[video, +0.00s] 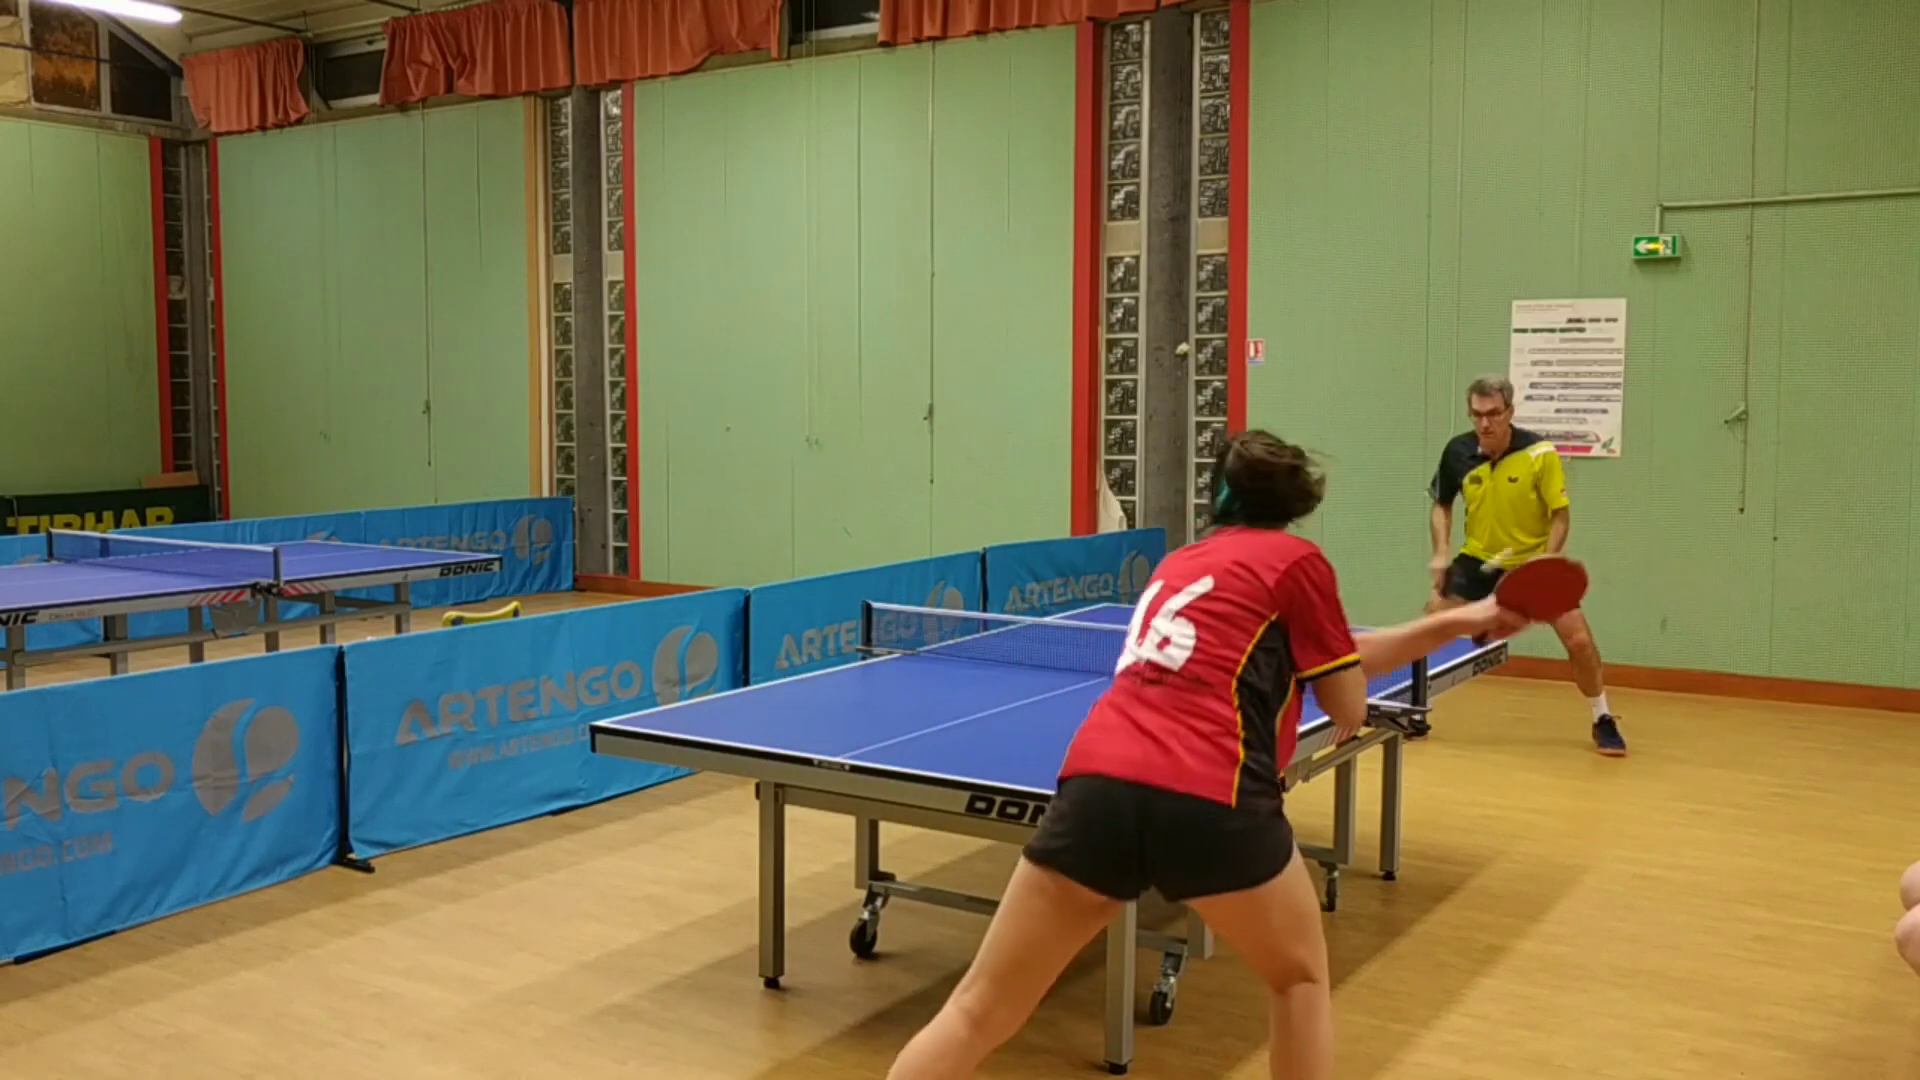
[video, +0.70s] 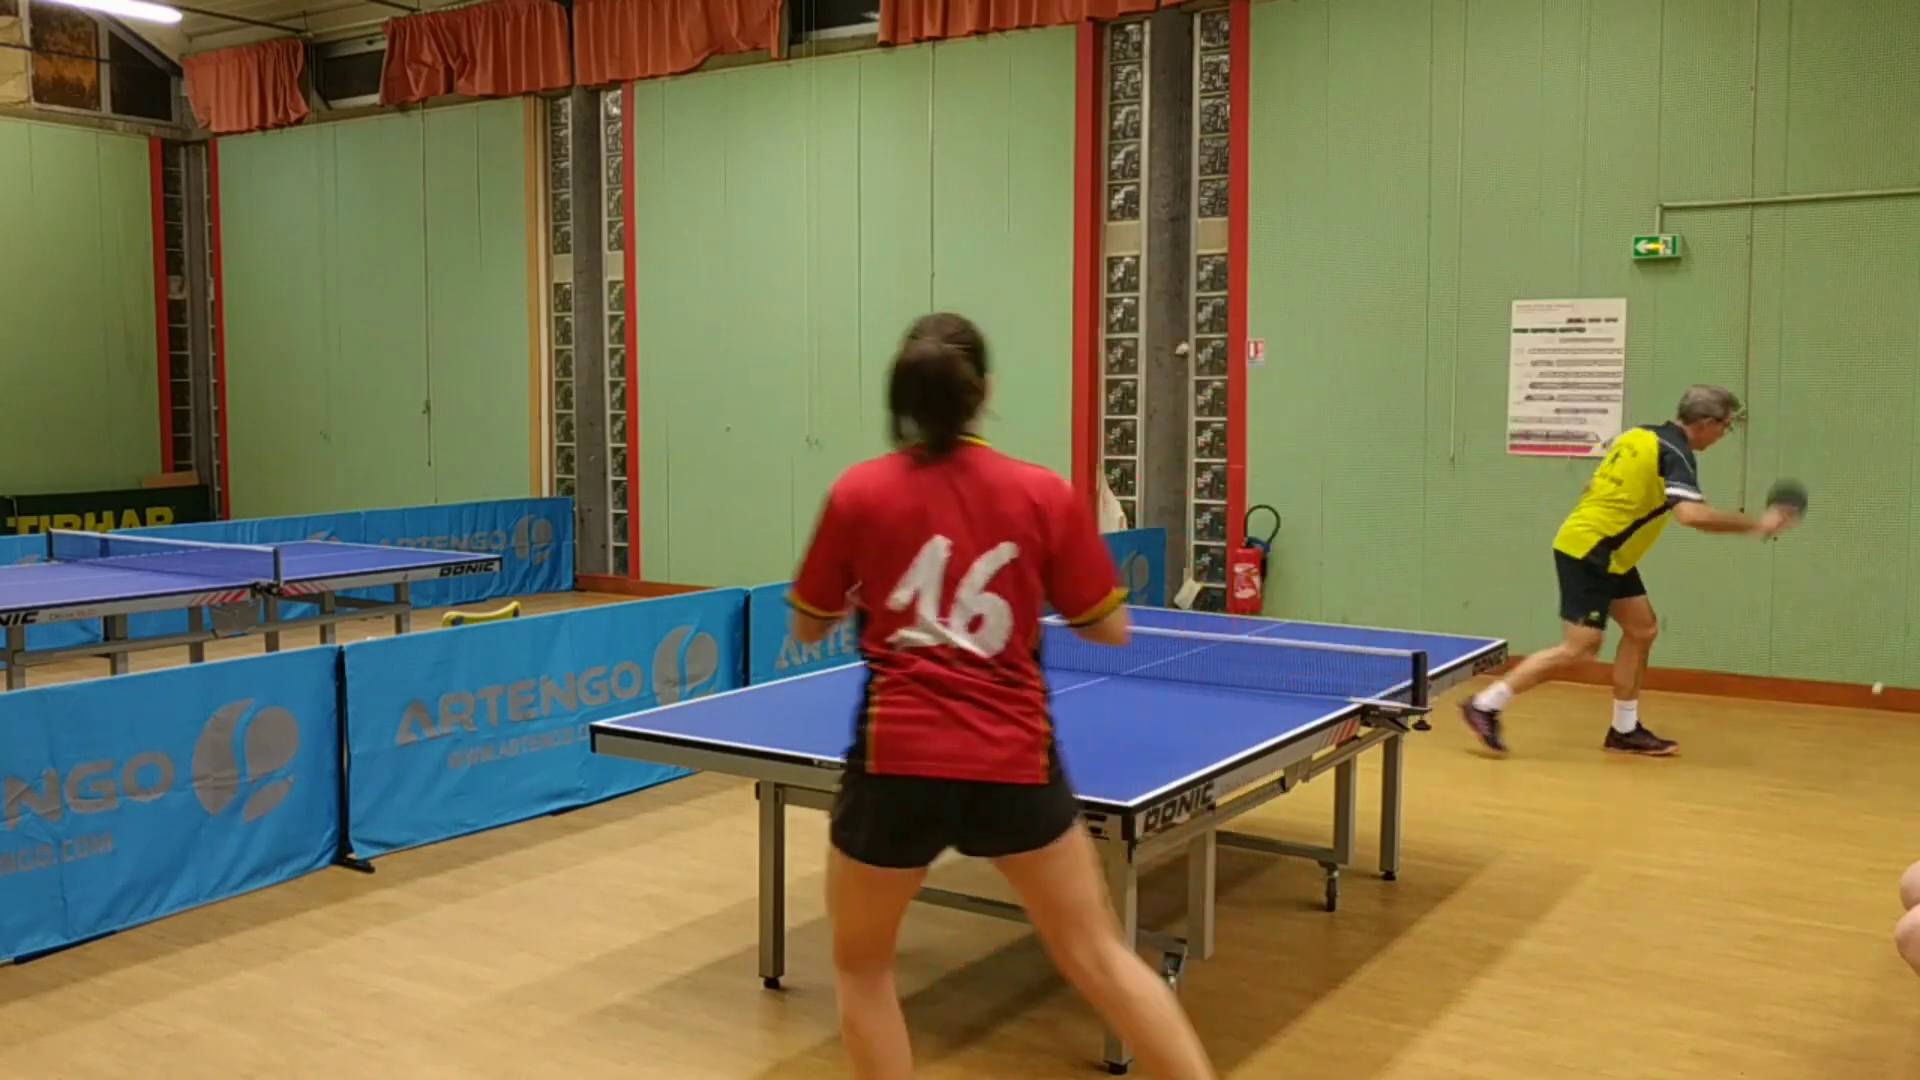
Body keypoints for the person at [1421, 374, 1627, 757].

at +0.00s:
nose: (1484, 424)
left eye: (1492, 415)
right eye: (1477, 415)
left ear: (1510, 412)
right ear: (1470, 415)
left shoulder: (1539, 454)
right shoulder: (1459, 452)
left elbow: (1560, 518)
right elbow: (1442, 502)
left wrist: (1545, 566)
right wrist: (1441, 555)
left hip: (1532, 564)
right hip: (1475, 562)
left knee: (1580, 641)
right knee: (1432, 626)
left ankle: (1603, 718)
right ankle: (1411, 707)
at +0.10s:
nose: (1510, 423)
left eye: (1518, 414)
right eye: (1502, 414)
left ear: (1530, 412)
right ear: (1490, 414)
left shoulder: (1554, 446)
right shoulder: (1470, 455)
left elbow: (1564, 502)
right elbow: (1460, 519)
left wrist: (1564, 554)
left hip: (1543, 561)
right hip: (1484, 559)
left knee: (1585, 640)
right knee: (1434, 621)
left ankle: (1612, 726)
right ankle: (1413, 709)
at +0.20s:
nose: (1541, 418)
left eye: (1548, 410)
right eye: (1533, 409)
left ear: (1556, 408)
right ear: (1516, 408)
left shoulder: (1565, 438)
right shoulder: (1505, 454)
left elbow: (1574, 494)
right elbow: (1545, 516)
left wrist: (1593, 542)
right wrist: (1619, 527)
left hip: (1557, 555)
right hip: (1504, 554)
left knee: (1590, 637)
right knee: (1453, 627)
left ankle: (1612, 726)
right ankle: (1415, 708)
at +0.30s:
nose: (1585, 416)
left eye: (1588, 409)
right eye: (1576, 409)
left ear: (1588, 410)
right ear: (1553, 410)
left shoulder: (1571, 446)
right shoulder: (1549, 449)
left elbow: (1582, 490)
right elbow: (1630, 472)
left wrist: (1617, 514)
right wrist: (1703, 472)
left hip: (1569, 561)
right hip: (1522, 562)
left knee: (1606, 631)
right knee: (1487, 643)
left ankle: (1615, 728)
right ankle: (1418, 700)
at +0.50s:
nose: (1680, 439)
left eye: (1681, 433)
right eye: (1678, 432)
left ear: (1646, 426)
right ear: (1658, 431)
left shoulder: (1603, 441)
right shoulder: (1634, 461)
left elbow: (1561, 458)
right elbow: (1699, 464)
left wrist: (1601, 480)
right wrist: (1760, 422)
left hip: (1590, 570)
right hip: (1554, 567)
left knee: (1636, 628)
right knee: (1503, 649)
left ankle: (1624, 729)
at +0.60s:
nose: (1705, 441)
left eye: (1706, 435)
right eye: (1705, 434)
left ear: (1670, 422)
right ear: (1688, 432)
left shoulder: (1624, 441)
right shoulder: (1660, 457)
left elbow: (1574, 477)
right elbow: (1706, 491)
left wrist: (1601, 515)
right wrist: (1770, 460)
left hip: (1596, 563)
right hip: (1569, 561)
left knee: (1640, 628)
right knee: (1537, 648)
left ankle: (1625, 730)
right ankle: (1437, 694)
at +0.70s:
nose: (1722, 436)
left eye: (1724, 429)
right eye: (1722, 428)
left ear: (1686, 415)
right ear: (1707, 423)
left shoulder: (1636, 436)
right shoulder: (1673, 451)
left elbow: (1595, 485)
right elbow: (1690, 513)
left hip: (1608, 553)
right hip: (1586, 552)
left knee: (1641, 629)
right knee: (1580, 645)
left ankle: (1624, 729)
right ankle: (1486, 704)